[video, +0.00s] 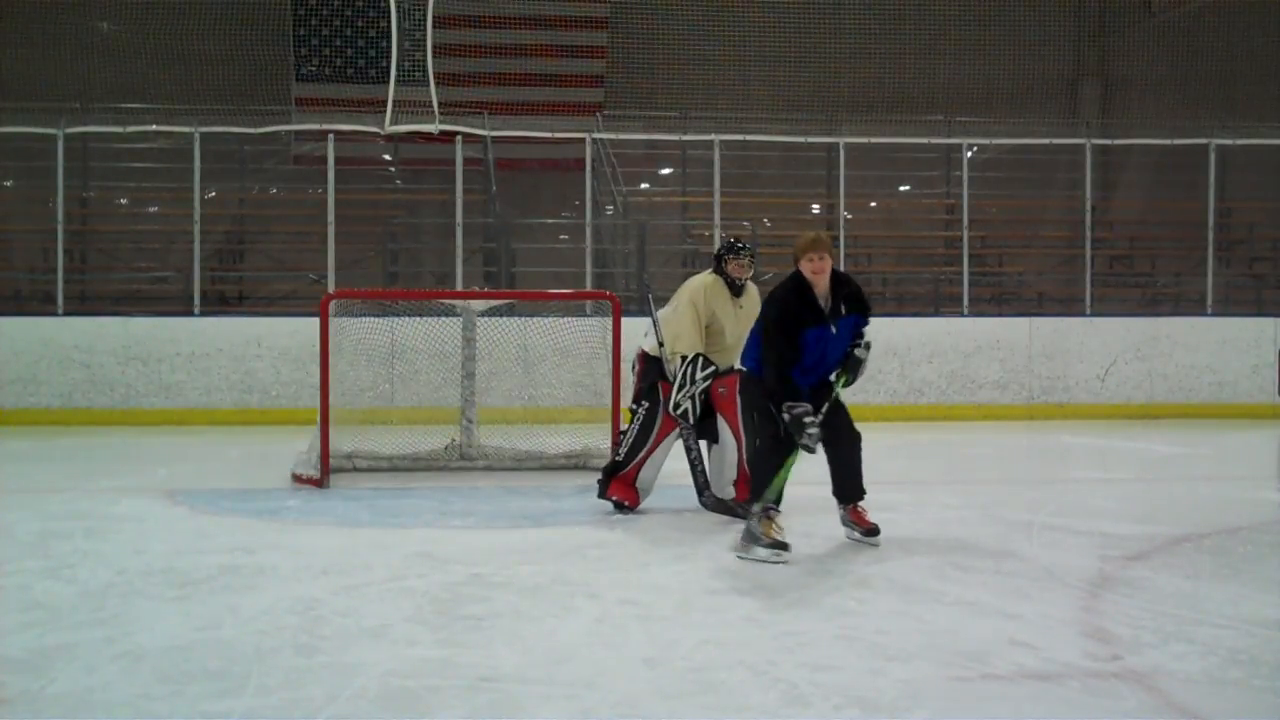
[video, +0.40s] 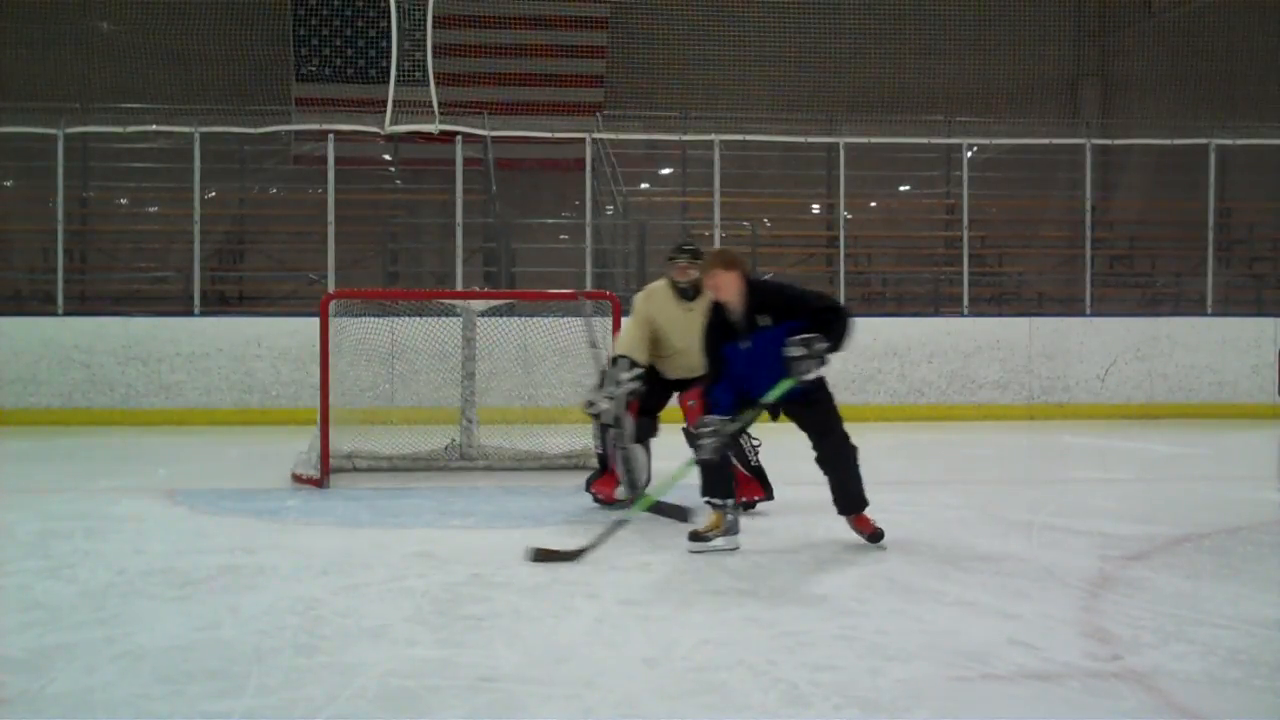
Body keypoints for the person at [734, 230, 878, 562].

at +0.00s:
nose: (818, 265)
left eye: (823, 258)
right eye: (810, 260)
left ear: (832, 260)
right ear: (798, 264)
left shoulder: (845, 289)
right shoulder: (783, 299)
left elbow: (858, 325)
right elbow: (776, 362)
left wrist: (856, 356)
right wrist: (793, 408)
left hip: (812, 380)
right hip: (765, 382)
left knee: (845, 436)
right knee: (773, 444)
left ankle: (851, 509)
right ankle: (760, 522)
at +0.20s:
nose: (774, 265)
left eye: (780, 258)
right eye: (769, 259)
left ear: (798, 256)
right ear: (765, 264)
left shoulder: (829, 283)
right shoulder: (760, 304)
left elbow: (866, 312)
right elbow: (761, 363)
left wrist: (858, 342)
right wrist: (768, 411)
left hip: (822, 374)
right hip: (772, 379)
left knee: (850, 440)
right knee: (752, 436)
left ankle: (859, 508)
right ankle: (747, 509)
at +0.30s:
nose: (748, 277)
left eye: (752, 268)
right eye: (742, 271)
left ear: (772, 265)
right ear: (740, 275)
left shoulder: (810, 290)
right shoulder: (742, 315)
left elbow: (864, 312)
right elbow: (741, 369)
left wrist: (851, 340)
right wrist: (743, 410)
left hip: (815, 380)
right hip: (765, 388)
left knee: (843, 443)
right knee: (733, 433)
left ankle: (862, 509)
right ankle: (737, 512)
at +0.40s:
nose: (713, 288)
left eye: (717, 279)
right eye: (709, 282)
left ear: (737, 274)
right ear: (707, 286)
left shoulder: (773, 296)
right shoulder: (717, 321)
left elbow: (833, 314)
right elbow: (719, 376)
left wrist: (816, 345)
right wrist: (716, 416)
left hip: (798, 385)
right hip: (747, 393)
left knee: (836, 446)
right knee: (709, 435)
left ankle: (854, 512)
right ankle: (722, 513)